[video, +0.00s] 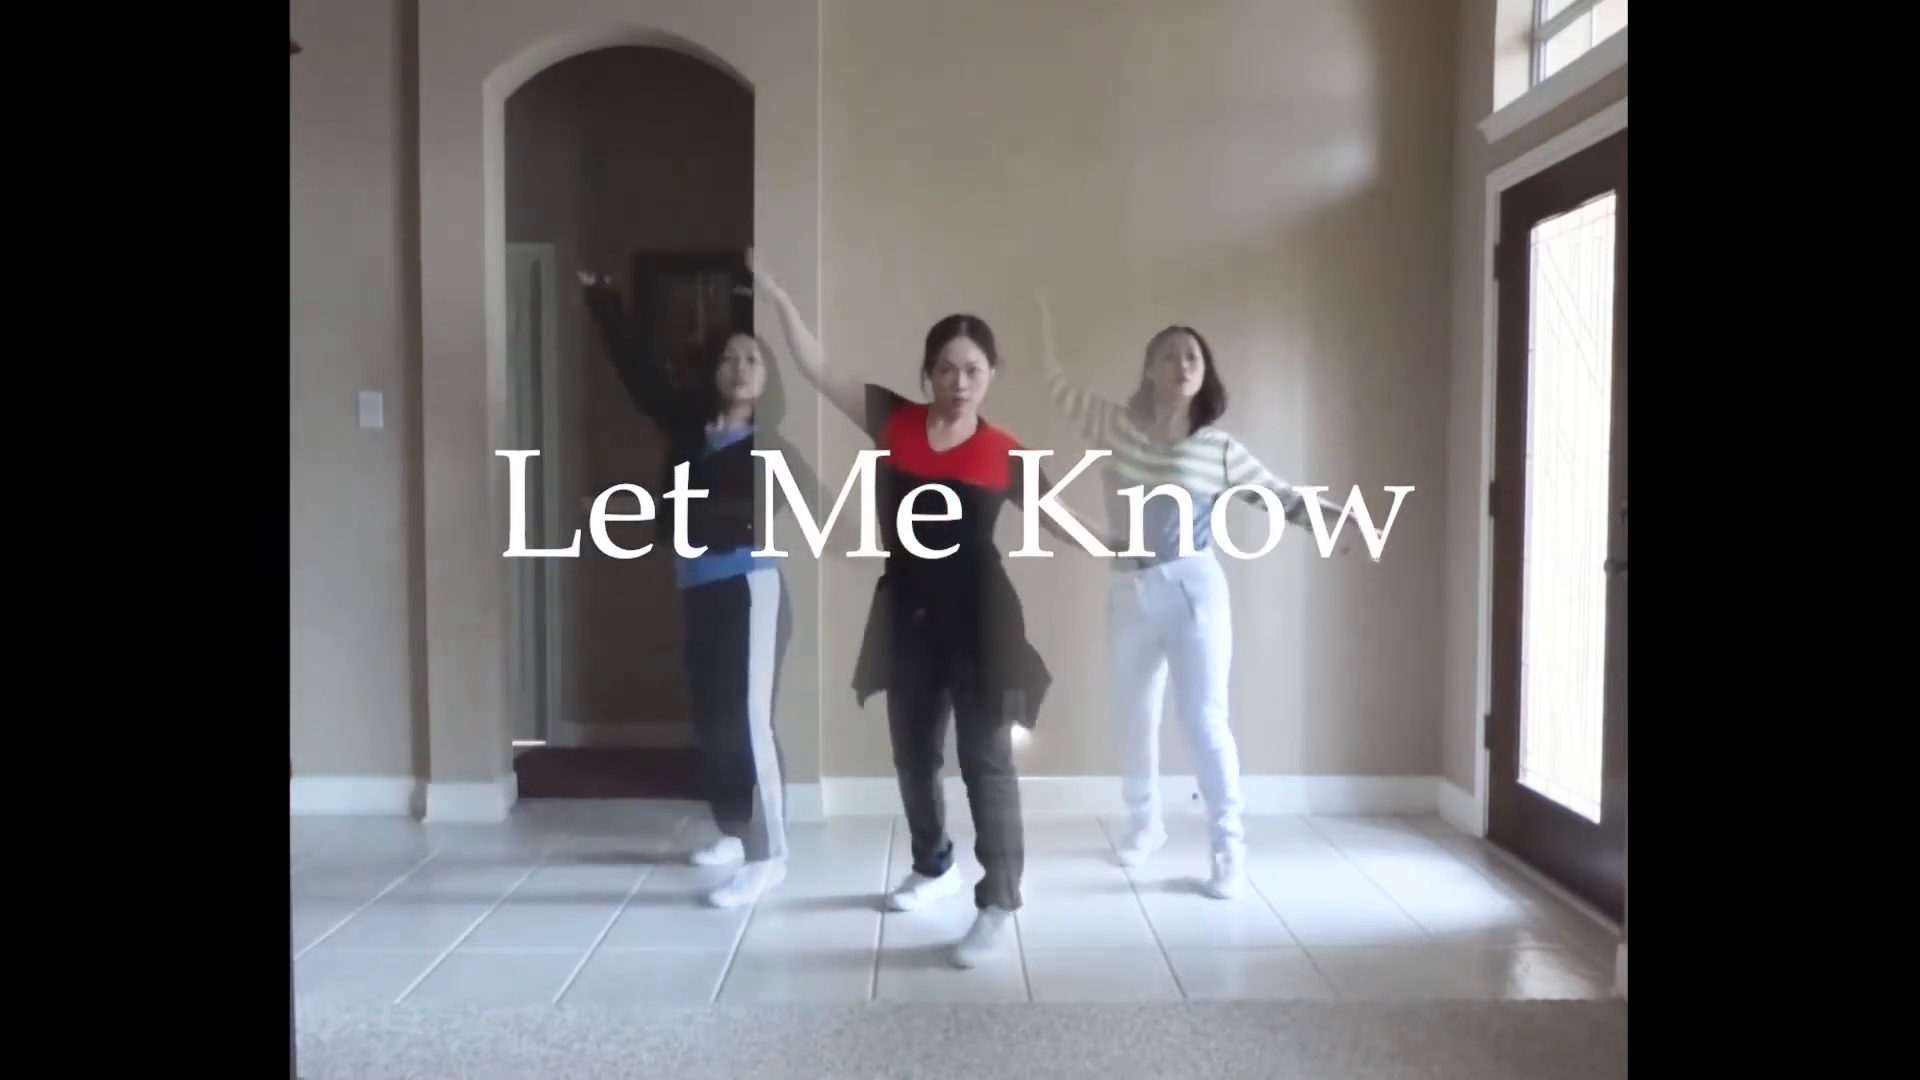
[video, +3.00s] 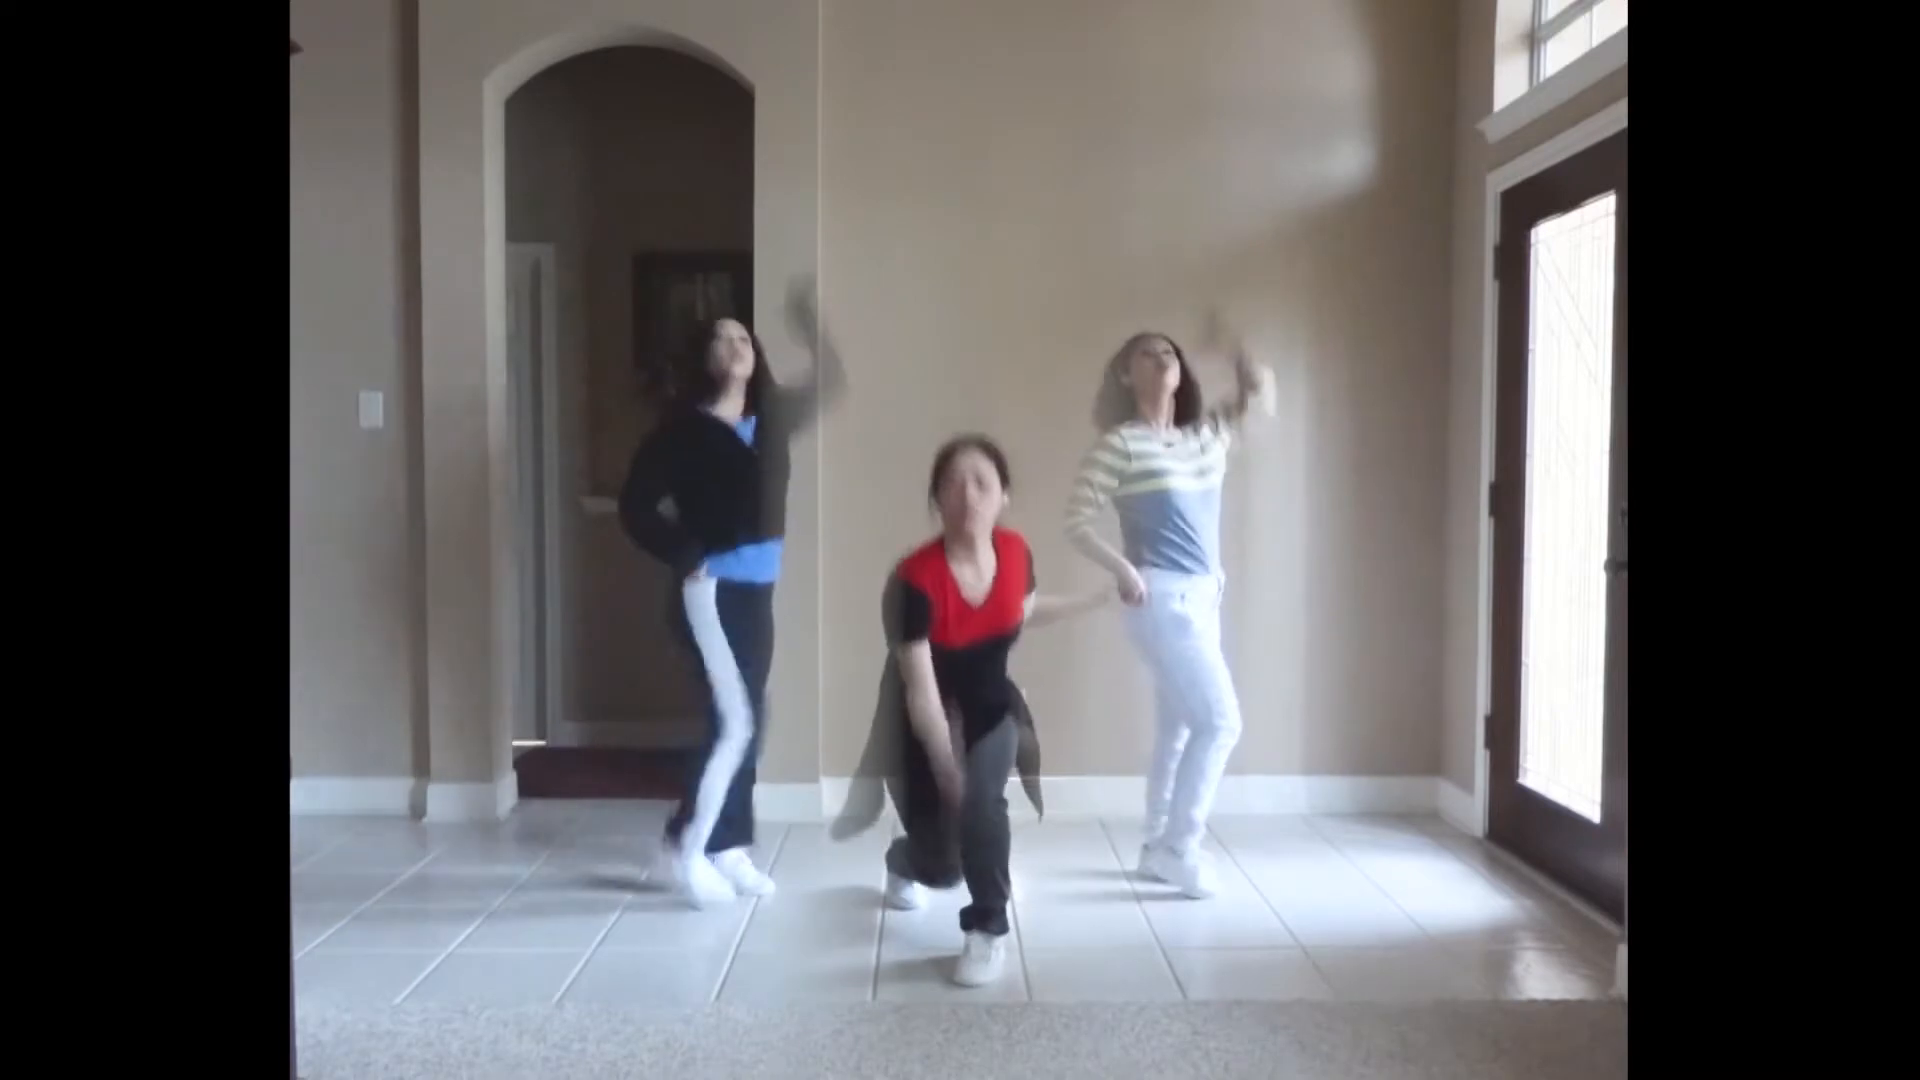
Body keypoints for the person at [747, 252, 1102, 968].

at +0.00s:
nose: (957, 380)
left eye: (970, 369)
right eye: (946, 369)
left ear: (991, 376)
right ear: (927, 373)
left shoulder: (1003, 452)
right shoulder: (894, 421)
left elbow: (1058, 518)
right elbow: (815, 368)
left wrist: (1117, 544)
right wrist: (778, 300)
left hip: (980, 616)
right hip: (907, 614)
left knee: (984, 758)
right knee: (913, 755)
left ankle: (999, 901)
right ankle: (933, 866)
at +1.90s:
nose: (897, 411)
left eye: (905, 401)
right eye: (896, 401)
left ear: (940, 403)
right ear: (927, 405)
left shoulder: (1000, 472)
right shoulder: (894, 471)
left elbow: (1039, 553)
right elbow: (814, 461)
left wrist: (1101, 572)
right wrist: (825, 388)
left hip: (960, 644)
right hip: (895, 641)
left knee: (934, 753)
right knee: (886, 778)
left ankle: (963, 897)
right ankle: (929, 870)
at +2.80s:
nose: (954, 394)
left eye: (967, 384)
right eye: (942, 384)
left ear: (988, 399)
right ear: (922, 402)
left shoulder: (1003, 475)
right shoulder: (905, 470)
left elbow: (1032, 558)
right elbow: (887, 503)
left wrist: (1101, 567)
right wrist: (894, 423)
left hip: (989, 653)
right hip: (919, 654)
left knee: (985, 783)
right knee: (917, 789)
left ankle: (990, 921)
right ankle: (911, 869)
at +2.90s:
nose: (959, 439)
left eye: (974, 429)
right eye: (946, 429)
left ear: (995, 446)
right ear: (928, 446)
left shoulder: (1011, 511)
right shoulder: (907, 522)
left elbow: (1031, 586)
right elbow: (917, 624)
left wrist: (1104, 581)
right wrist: (911, 529)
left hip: (988, 677)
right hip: (922, 682)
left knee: (983, 793)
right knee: (931, 829)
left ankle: (987, 925)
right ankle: (899, 864)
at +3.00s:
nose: (968, 494)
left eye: (981, 483)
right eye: (955, 483)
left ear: (1003, 497)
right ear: (937, 500)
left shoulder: (1014, 553)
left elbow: (1021, 613)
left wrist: (1101, 596)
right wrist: (951, 777)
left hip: (991, 708)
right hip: (925, 715)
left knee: (982, 798)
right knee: (943, 865)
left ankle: (985, 928)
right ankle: (901, 861)